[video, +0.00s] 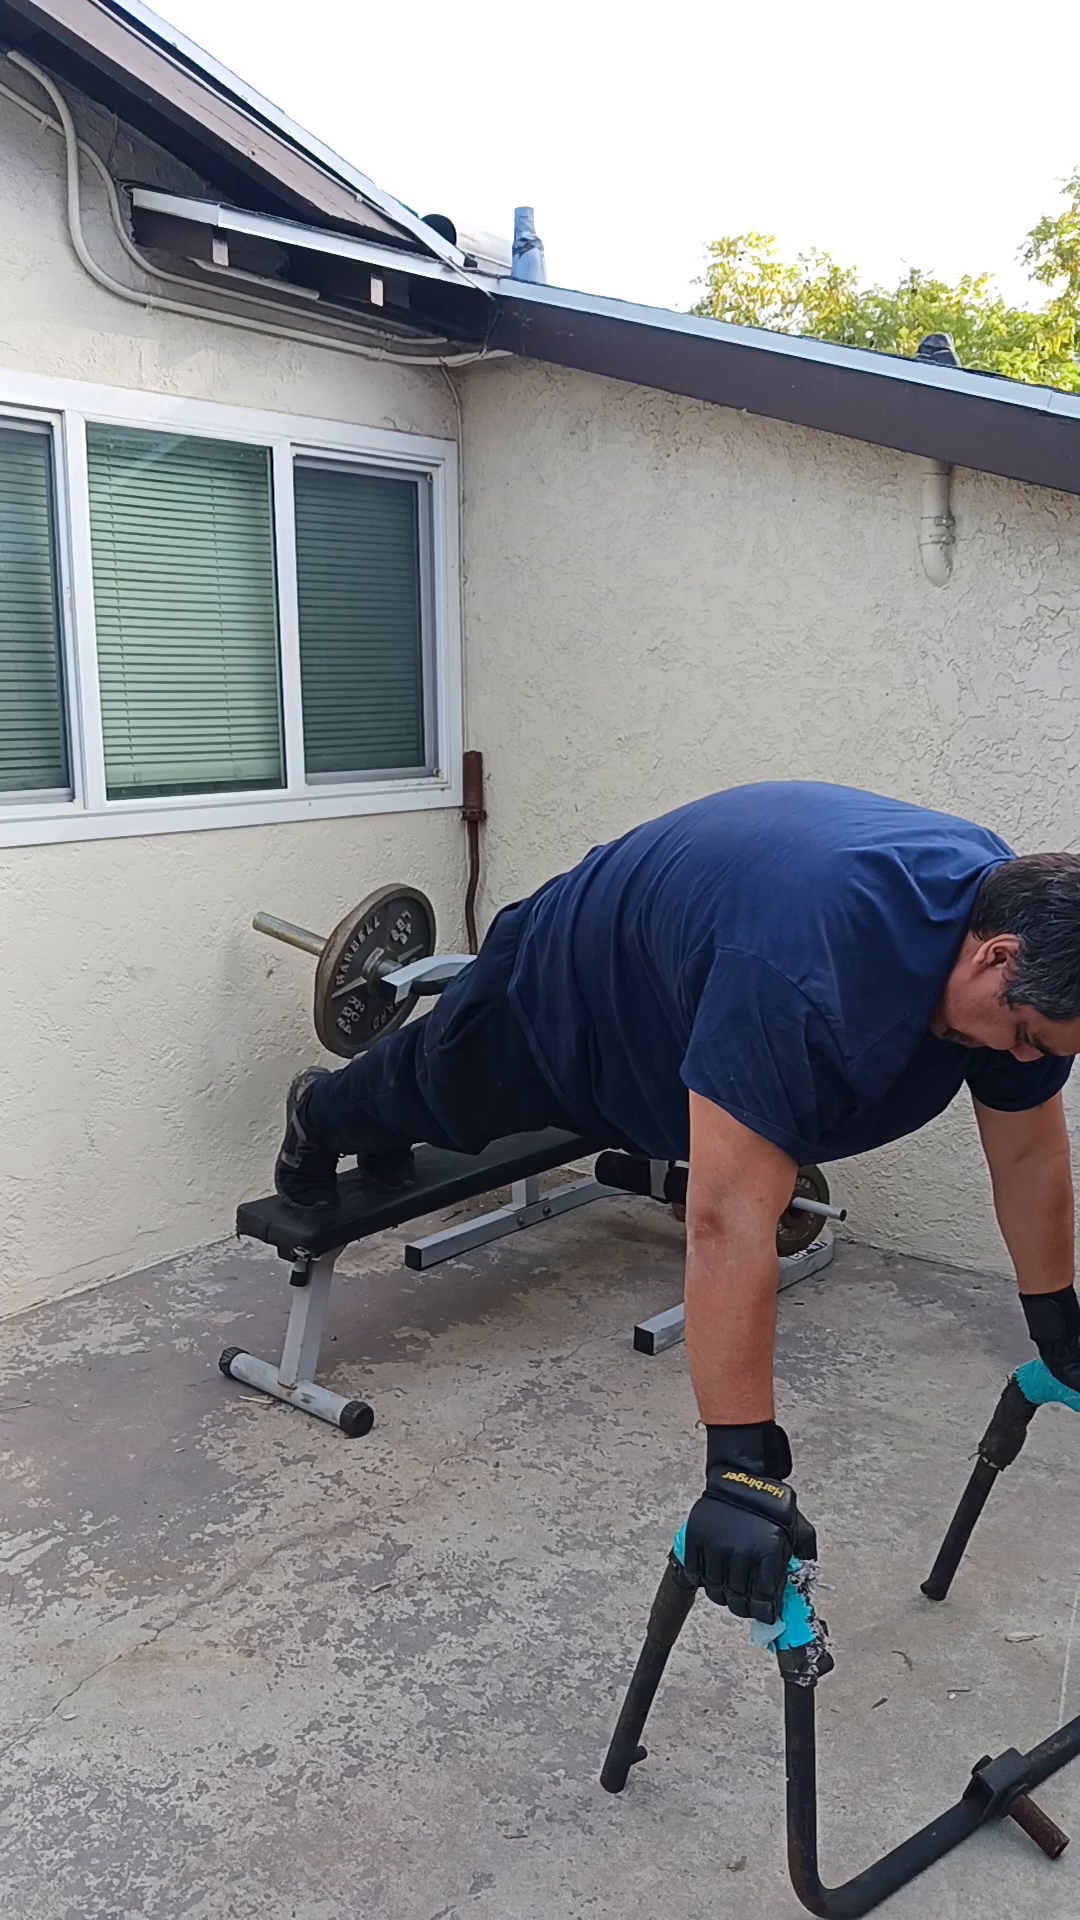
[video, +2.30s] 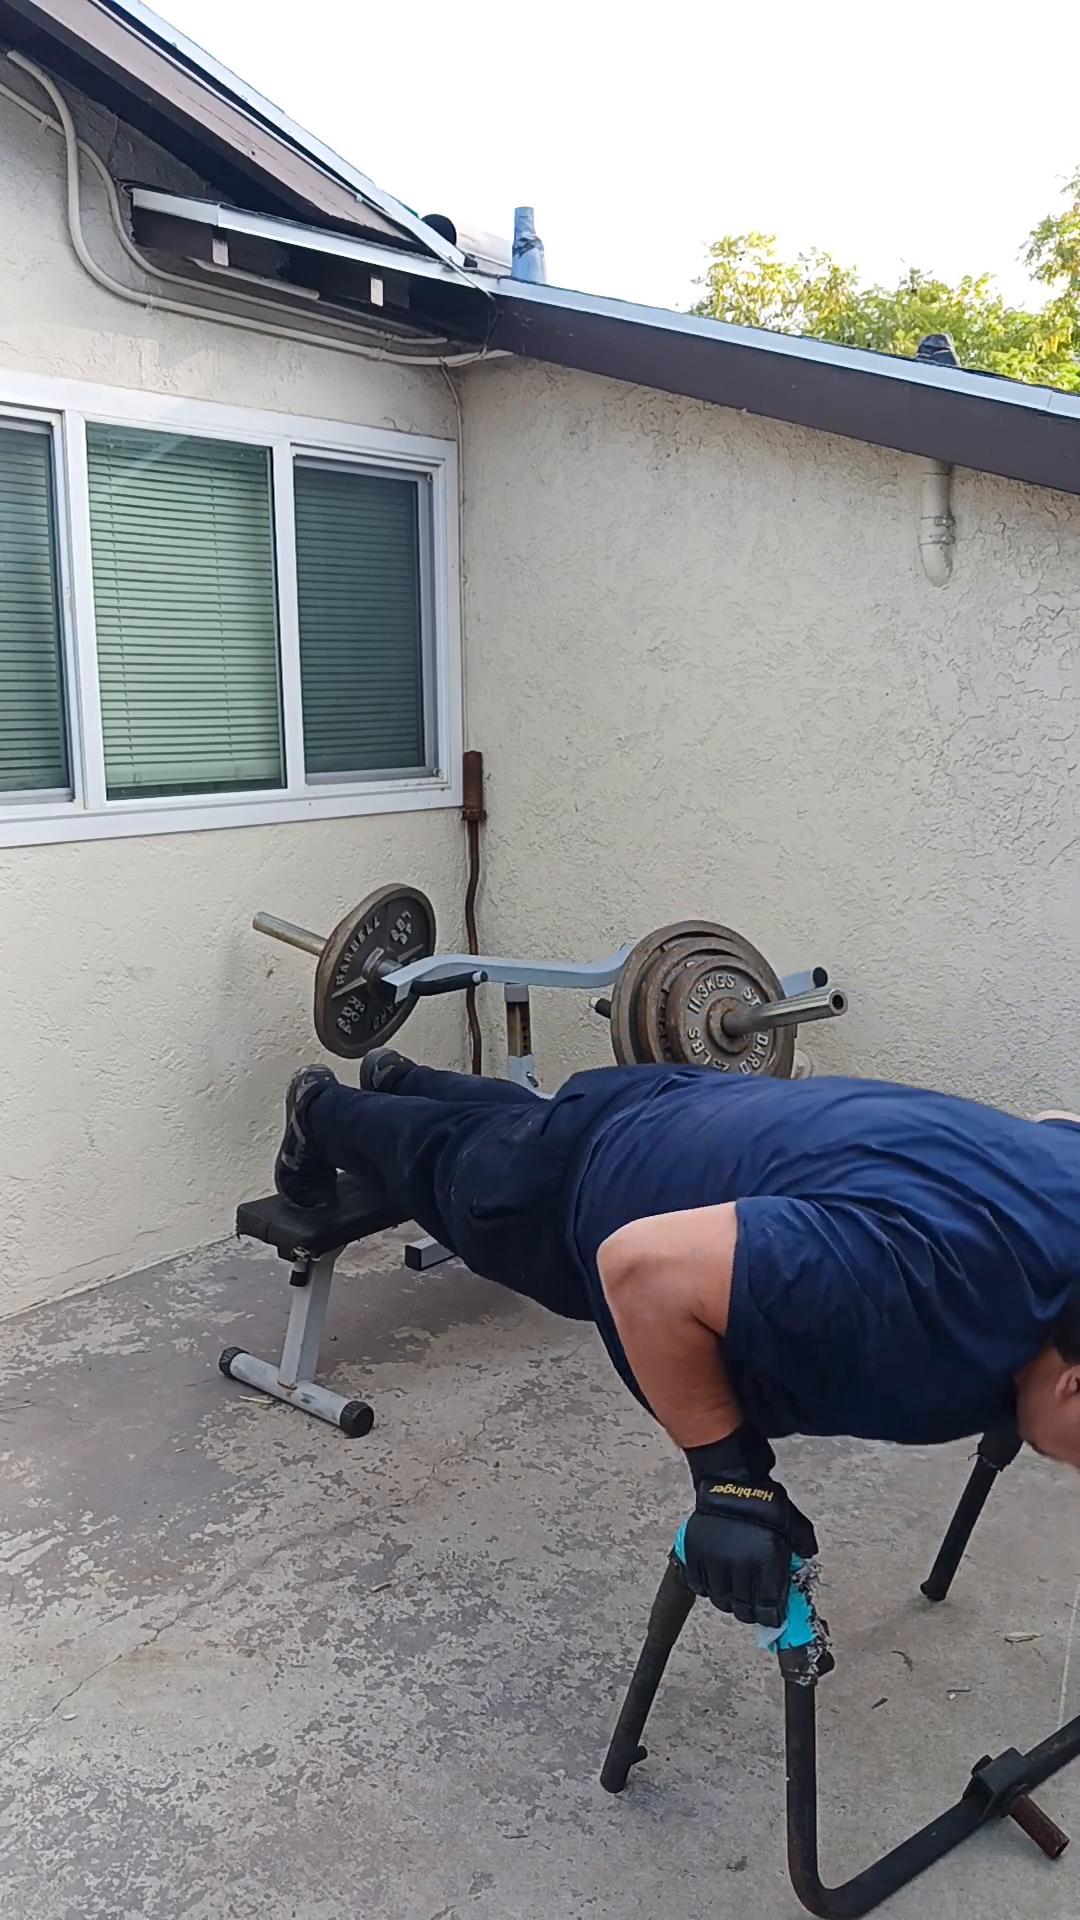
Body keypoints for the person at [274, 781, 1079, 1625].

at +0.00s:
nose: (1041, 1064)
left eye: (1056, 1050)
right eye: (1040, 1041)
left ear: (1004, 950)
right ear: (991, 963)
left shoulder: (1018, 941)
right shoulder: (802, 955)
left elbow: (1031, 1154)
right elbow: (725, 1220)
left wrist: (1056, 1324)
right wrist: (743, 1468)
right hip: (569, 981)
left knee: (495, 1078)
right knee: (429, 1077)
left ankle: (389, 1122)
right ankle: (319, 1115)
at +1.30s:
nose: (1044, 1164)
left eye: (1065, 1155)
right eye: (1050, 1141)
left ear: (1052, 1064)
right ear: (1026, 1068)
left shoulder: (1035, 993)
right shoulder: (835, 1063)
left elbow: (1040, 1162)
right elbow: (669, 1249)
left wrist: (1056, 1318)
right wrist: (735, 1475)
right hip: (583, 1041)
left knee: (496, 1112)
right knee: (430, 1101)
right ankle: (316, 1108)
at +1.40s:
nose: (1057, 1271)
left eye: (1074, 1261)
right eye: (1069, 1242)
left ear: (1065, 1159)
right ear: (1052, 1167)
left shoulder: (1057, 1058)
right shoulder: (868, 1128)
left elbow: (1039, 1186)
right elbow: (655, 1256)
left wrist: (1053, 1294)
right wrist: (733, 1475)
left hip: (728, 990)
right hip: (603, 1065)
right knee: (439, 1113)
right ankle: (321, 1106)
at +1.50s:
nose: (1054, 1350)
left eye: (1064, 1349)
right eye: (1069, 1337)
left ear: (1070, 1246)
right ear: (1064, 1257)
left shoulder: (1070, 1116)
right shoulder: (898, 1197)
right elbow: (652, 1265)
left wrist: (1040, 1336)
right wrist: (735, 1478)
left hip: (710, 1040)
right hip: (601, 1112)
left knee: (507, 1109)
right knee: (447, 1123)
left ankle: (395, 1140)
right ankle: (321, 1113)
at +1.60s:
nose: (1051, 1417)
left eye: (1064, 1414)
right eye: (1068, 1408)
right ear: (1068, 1342)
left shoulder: (1077, 1168)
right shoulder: (903, 1261)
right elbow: (654, 1265)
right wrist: (733, 1477)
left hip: (713, 1071)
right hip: (605, 1141)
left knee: (522, 1104)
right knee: (449, 1138)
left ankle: (391, 1084)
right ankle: (324, 1110)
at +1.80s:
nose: (1053, 1524)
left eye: (1063, 1520)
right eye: (1068, 1518)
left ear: (1070, 1454)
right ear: (1070, 1459)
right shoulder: (925, 1350)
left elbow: (1040, 1130)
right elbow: (681, 1259)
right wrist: (733, 1480)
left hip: (731, 1119)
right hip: (626, 1195)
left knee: (542, 1130)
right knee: (462, 1175)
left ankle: (405, 1083)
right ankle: (327, 1110)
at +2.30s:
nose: (1053, 1450)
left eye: (1067, 1440)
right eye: (1071, 1437)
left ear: (1071, 1373)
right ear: (1067, 1382)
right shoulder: (906, 1288)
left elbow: (1051, 1134)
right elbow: (646, 1273)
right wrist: (730, 1479)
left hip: (713, 1094)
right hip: (605, 1174)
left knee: (534, 1119)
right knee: (451, 1158)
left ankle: (404, 1084)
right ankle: (323, 1108)